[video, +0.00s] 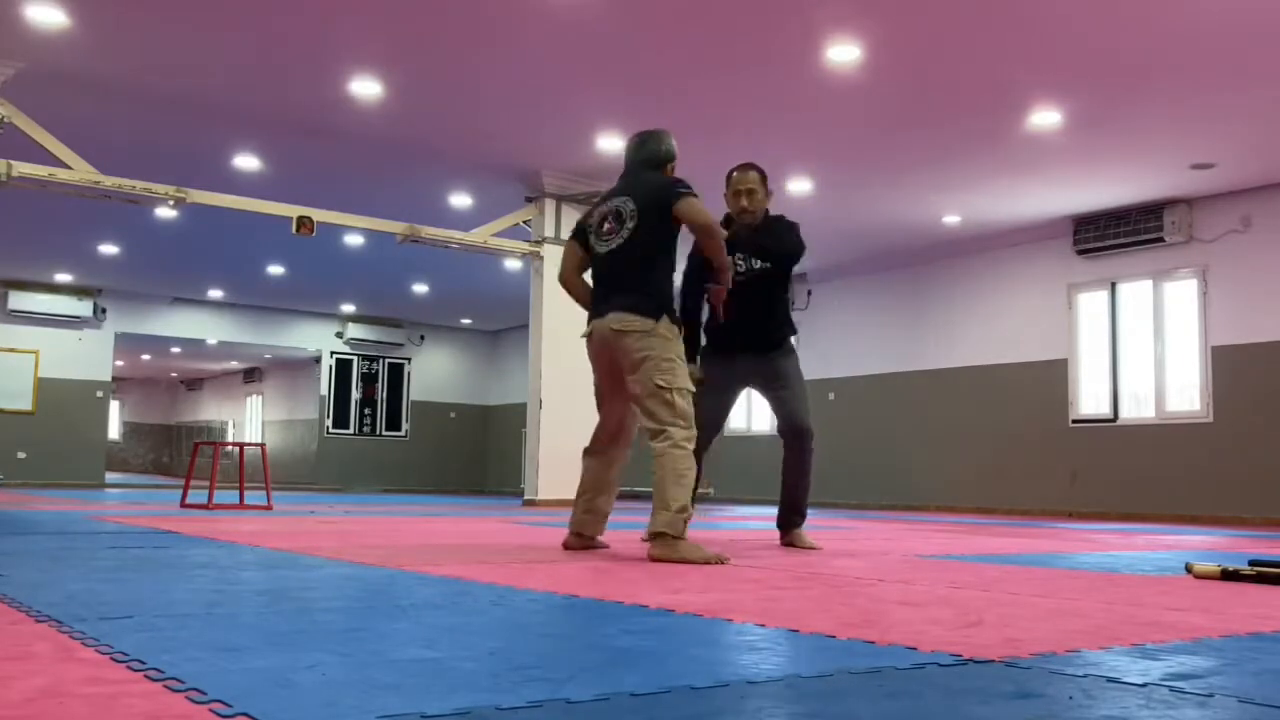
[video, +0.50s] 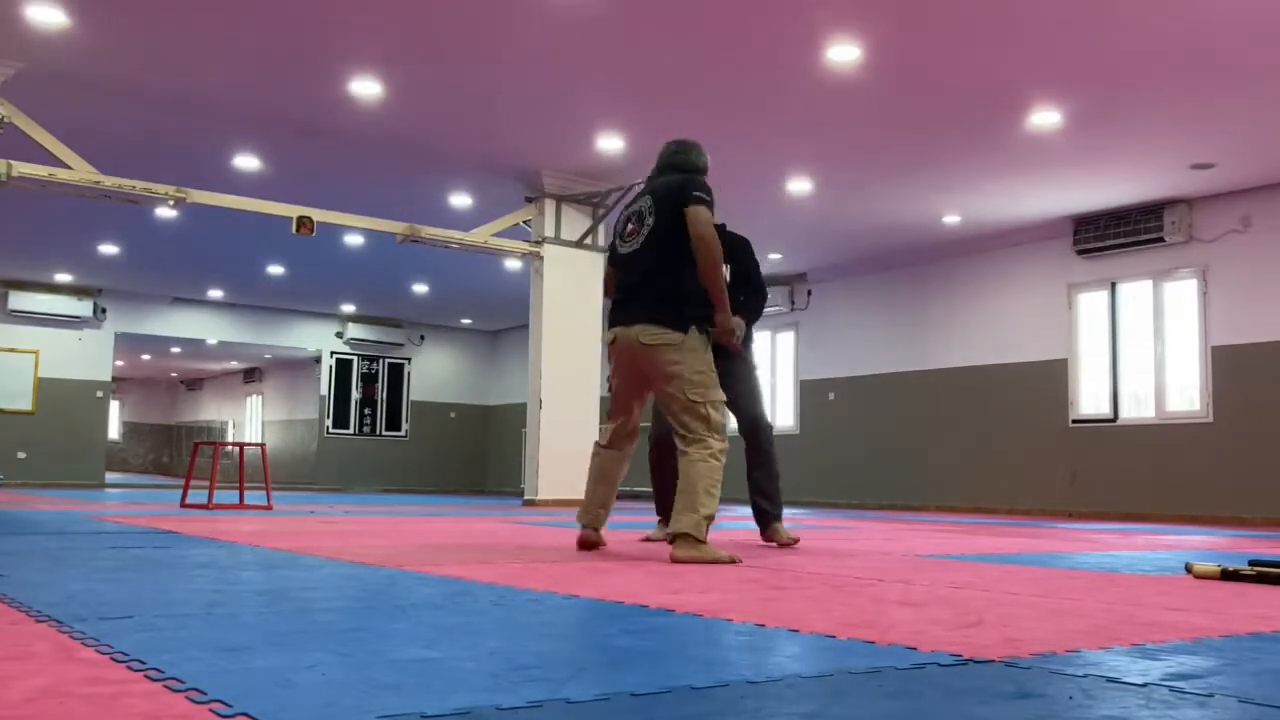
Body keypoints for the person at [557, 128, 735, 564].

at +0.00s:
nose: (677, 170)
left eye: (676, 164)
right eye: (676, 164)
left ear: (629, 163)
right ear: (668, 165)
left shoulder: (598, 208)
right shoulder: (667, 187)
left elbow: (568, 275)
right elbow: (704, 223)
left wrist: (602, 311)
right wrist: (722, 275)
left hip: (600, 327)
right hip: (646, 325)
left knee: (613, 427)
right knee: (674, 429)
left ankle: (583, 530)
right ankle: (668, 537)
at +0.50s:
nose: (706, 177)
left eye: (702, 171)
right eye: (705, 171)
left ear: (660, 166)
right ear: (700, 169)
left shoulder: (632, 206)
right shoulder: (692, 184)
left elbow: (610, 281)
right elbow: (702, 232)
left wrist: (655, 300)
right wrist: (723, 310)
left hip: (623, 332)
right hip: (672, 331)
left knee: (620, 427)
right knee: (705, 434)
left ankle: (590, 524)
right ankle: (689, 539)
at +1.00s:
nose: (768, 170)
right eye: (768, 164)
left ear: (718, 159)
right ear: (762, 163)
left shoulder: (680, 200)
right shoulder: (761, 192)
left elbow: (647, 263)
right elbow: (797, 271)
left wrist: (680, 295)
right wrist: (810, 318)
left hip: (666, 325)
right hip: (715, 325)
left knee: (660, 429)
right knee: (760, 431)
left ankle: (614, 523)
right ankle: (770, 540)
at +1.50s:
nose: (763, 238)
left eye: (766, 229)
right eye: (764, 227)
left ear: (739, 217)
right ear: (750, 218)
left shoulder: (711, 262)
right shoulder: (709, 220)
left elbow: (735, 331)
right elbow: (673, 207)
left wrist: (787, 365)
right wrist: (723, 257)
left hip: (637, 353)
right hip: (645, 352)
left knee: (665, 446)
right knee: (699, 439)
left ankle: (653, 537)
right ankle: (650, 540)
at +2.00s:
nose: (627, 195)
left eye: (631, 188)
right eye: (619, 187)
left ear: (632, 192)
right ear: (592, 188)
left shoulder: (635, 244)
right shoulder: (558, 233)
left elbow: (661, 305)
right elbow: (522, 283)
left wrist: (665, 267)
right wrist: (551, 316)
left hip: (618, 361)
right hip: (565, 363)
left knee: (666, 430)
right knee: (545, 449)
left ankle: (658, 518)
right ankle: (521, 528)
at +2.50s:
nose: (628, 198)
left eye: (633, 191)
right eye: (620, 189)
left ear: (636, 193)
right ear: (596, 186)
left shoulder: (637, 241)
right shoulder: (559, 223)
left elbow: (650, 304)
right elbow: (521, 272)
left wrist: (647, 294)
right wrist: (549, 299)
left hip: (614, 355)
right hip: (560, 356)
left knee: (646, 432)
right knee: (538, 441)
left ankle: (655, 528)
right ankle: (521, 526)